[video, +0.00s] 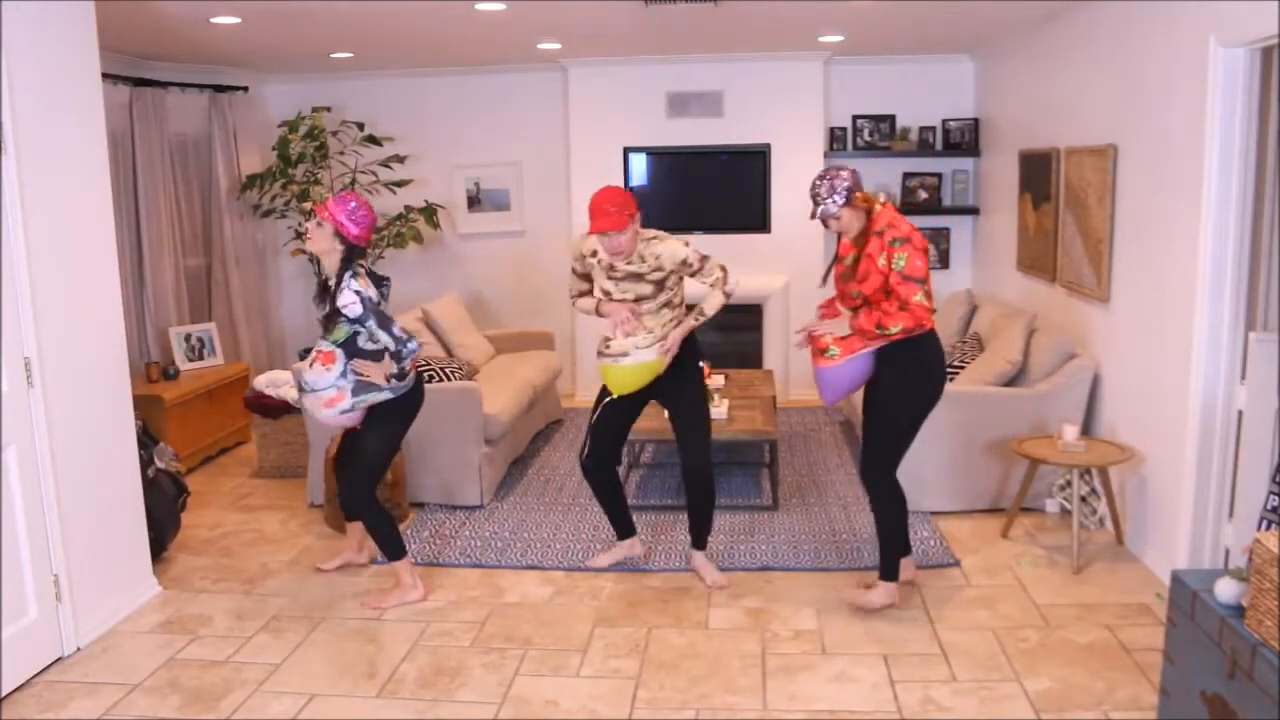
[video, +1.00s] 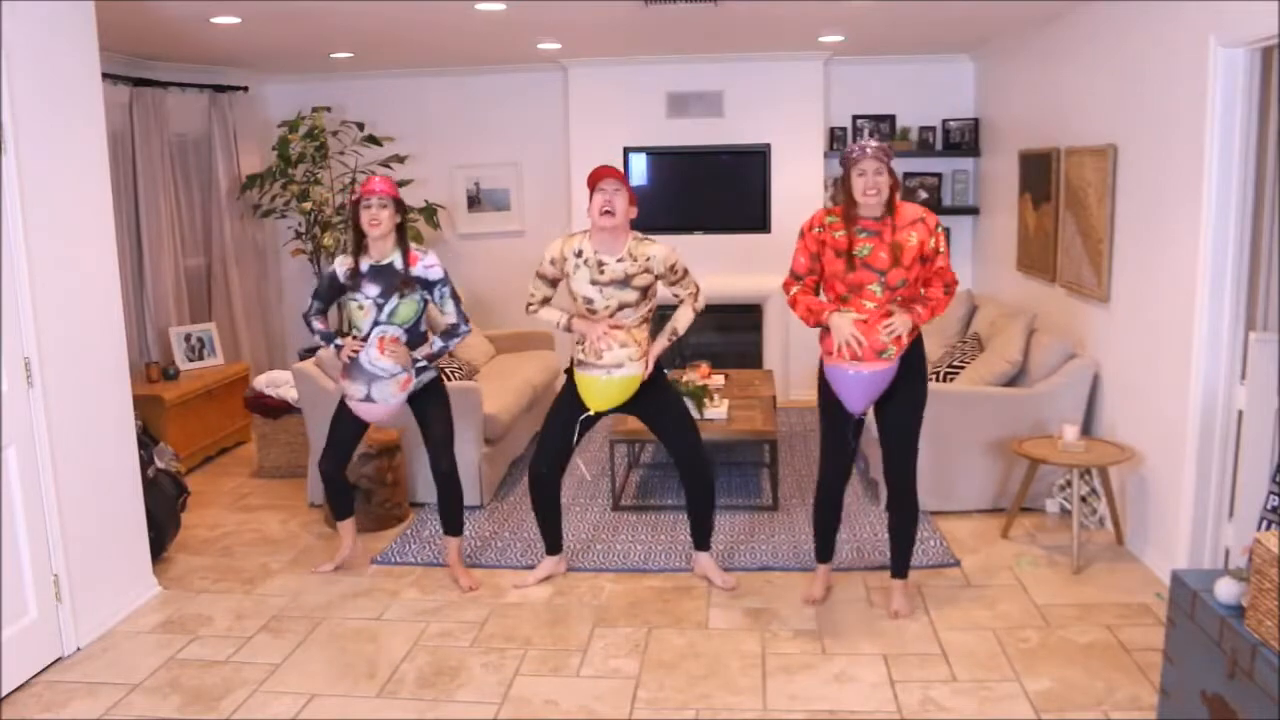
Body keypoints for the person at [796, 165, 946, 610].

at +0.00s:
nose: (832, 228)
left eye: (835, 218)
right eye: (827, 221)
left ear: (856, 202)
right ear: (834, 212)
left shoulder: (899, 236)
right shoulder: (857, 237)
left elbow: (912, 308)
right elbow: (853, 295)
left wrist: (849, 329)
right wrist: (821, 323)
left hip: (915, 359)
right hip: (886, 358)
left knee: (877, 470)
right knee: (875, 467)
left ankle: (888, 584)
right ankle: (901, 562)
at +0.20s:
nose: (844, 222)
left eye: (849, 211)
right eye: (836, 214)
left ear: (871, 198)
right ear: (832, 210)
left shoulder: (911, 235)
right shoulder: (848, 238)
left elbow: (930, 307)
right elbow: (841, 294)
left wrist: (866, 323)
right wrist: (819, 322)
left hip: (916, 361)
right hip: (876, 359)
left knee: (890, 471)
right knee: (854, 463)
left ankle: (898, 582)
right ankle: (894, 552)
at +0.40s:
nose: (853, 216)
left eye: (861, 206)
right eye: (845, 208)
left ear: (880, 194)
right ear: (838, 204)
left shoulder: (920, 233)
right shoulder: (841, 234)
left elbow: (939, 300)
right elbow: (828, 290)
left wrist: (877, 321)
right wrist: (821, 320)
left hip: (913, 361)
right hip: (863, 359)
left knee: (893, 469)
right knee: (856, 464)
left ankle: (896, 583)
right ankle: (861, 566)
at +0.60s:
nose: (860, 208)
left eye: (869, 199)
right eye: (851, 199)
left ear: (885, 193)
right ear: (840, 196)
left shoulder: (919, 227)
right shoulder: (827, 229)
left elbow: (940, 294)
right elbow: (806, 284)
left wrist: (885, 318)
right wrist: (816, 313)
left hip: (905, 357)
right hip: (848, 358)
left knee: (891, 470)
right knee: (855, 466)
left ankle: (898, 580)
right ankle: (862, 564)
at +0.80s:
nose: (868, 201)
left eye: (877, 192)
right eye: (860, 193)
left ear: (891, 190)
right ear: (846, 193)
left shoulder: (921, 225)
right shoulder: (825, 229)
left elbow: (942, 291)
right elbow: (802, 286)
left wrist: (896, 317)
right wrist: (823, 314)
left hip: (906, 354)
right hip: (846, 355)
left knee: (898, 471)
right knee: (842, 465)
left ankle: (898, 581)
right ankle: (856, 563)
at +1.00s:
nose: (871, 182)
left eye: (879, 173)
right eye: (861, 174)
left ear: (891, 178)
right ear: (848, 180)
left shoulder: (920, 223)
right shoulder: (823, 226)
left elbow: (943, 282)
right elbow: (797, 287)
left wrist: (914, 314)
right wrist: (830, 316)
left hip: (901, 354)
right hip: (841, 356)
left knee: (901, 471)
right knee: (834, 468)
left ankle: (899, 580)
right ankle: (822, 568)